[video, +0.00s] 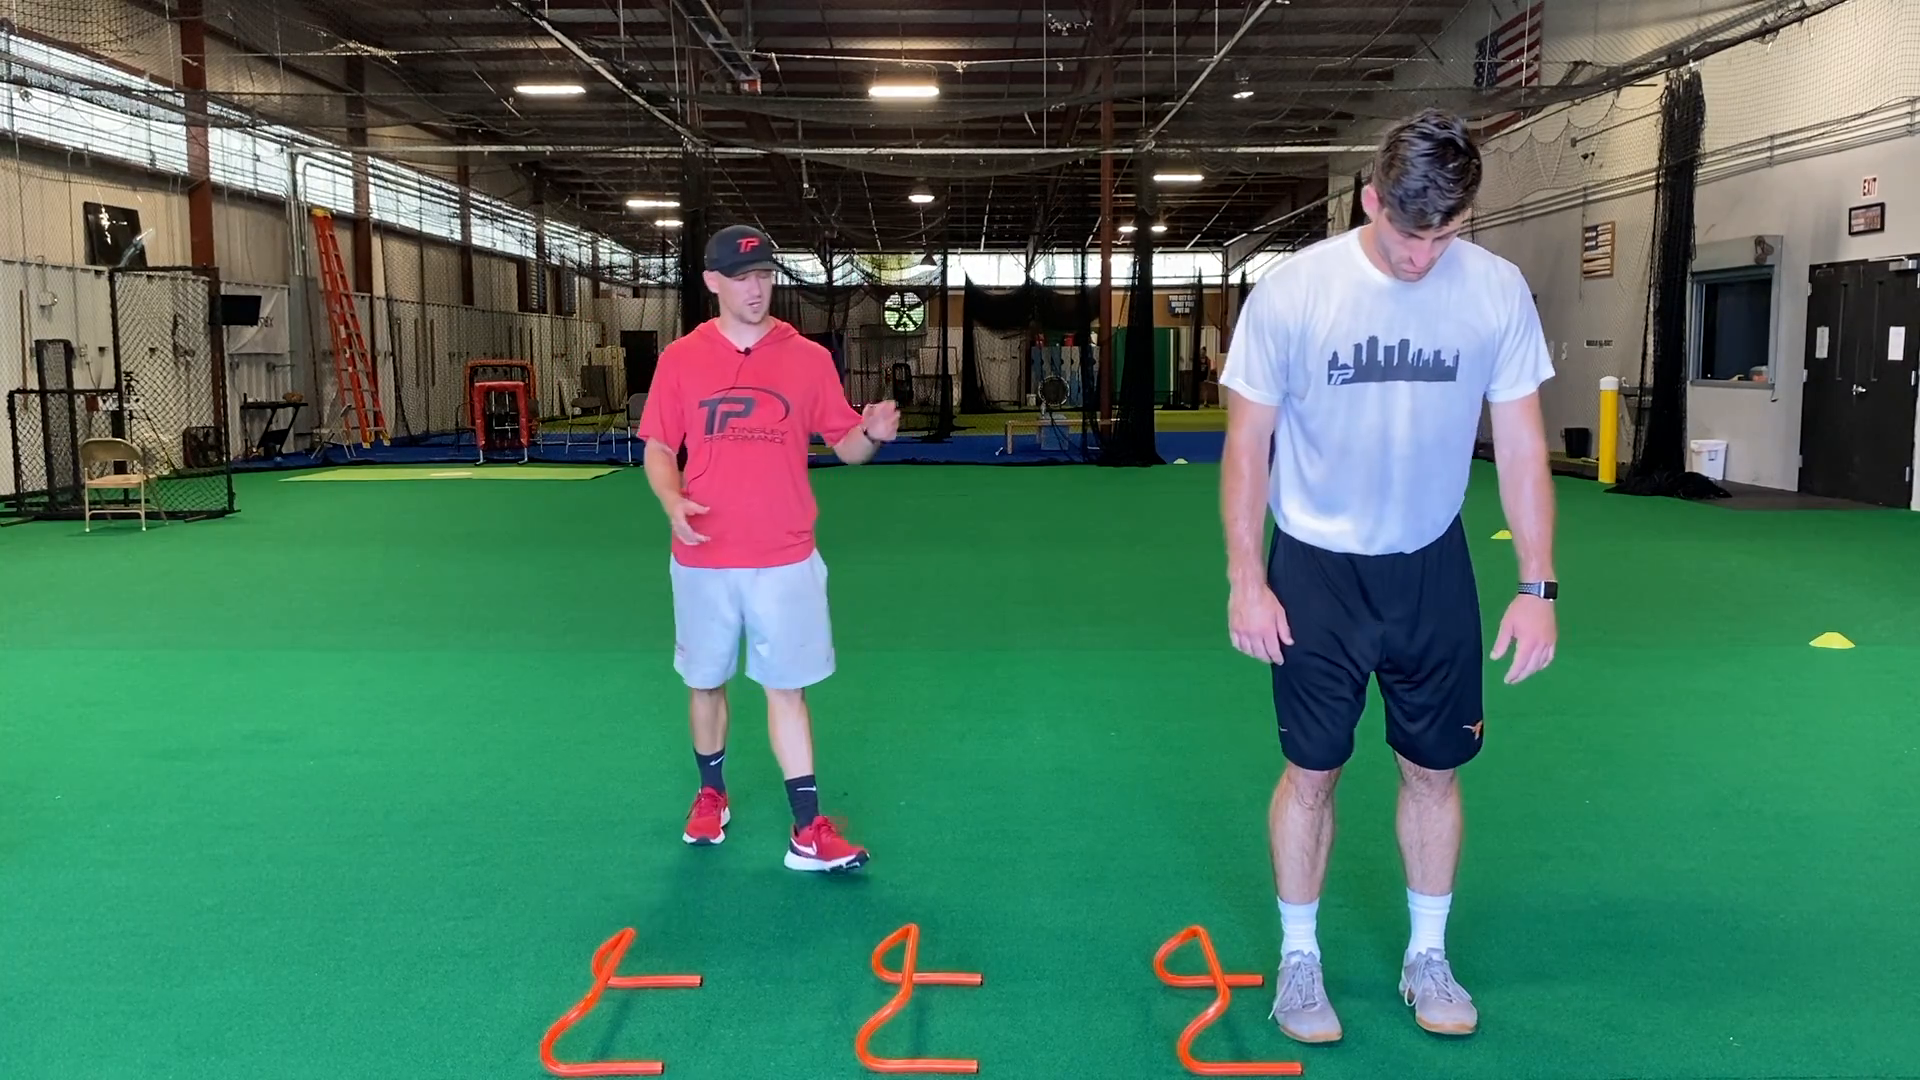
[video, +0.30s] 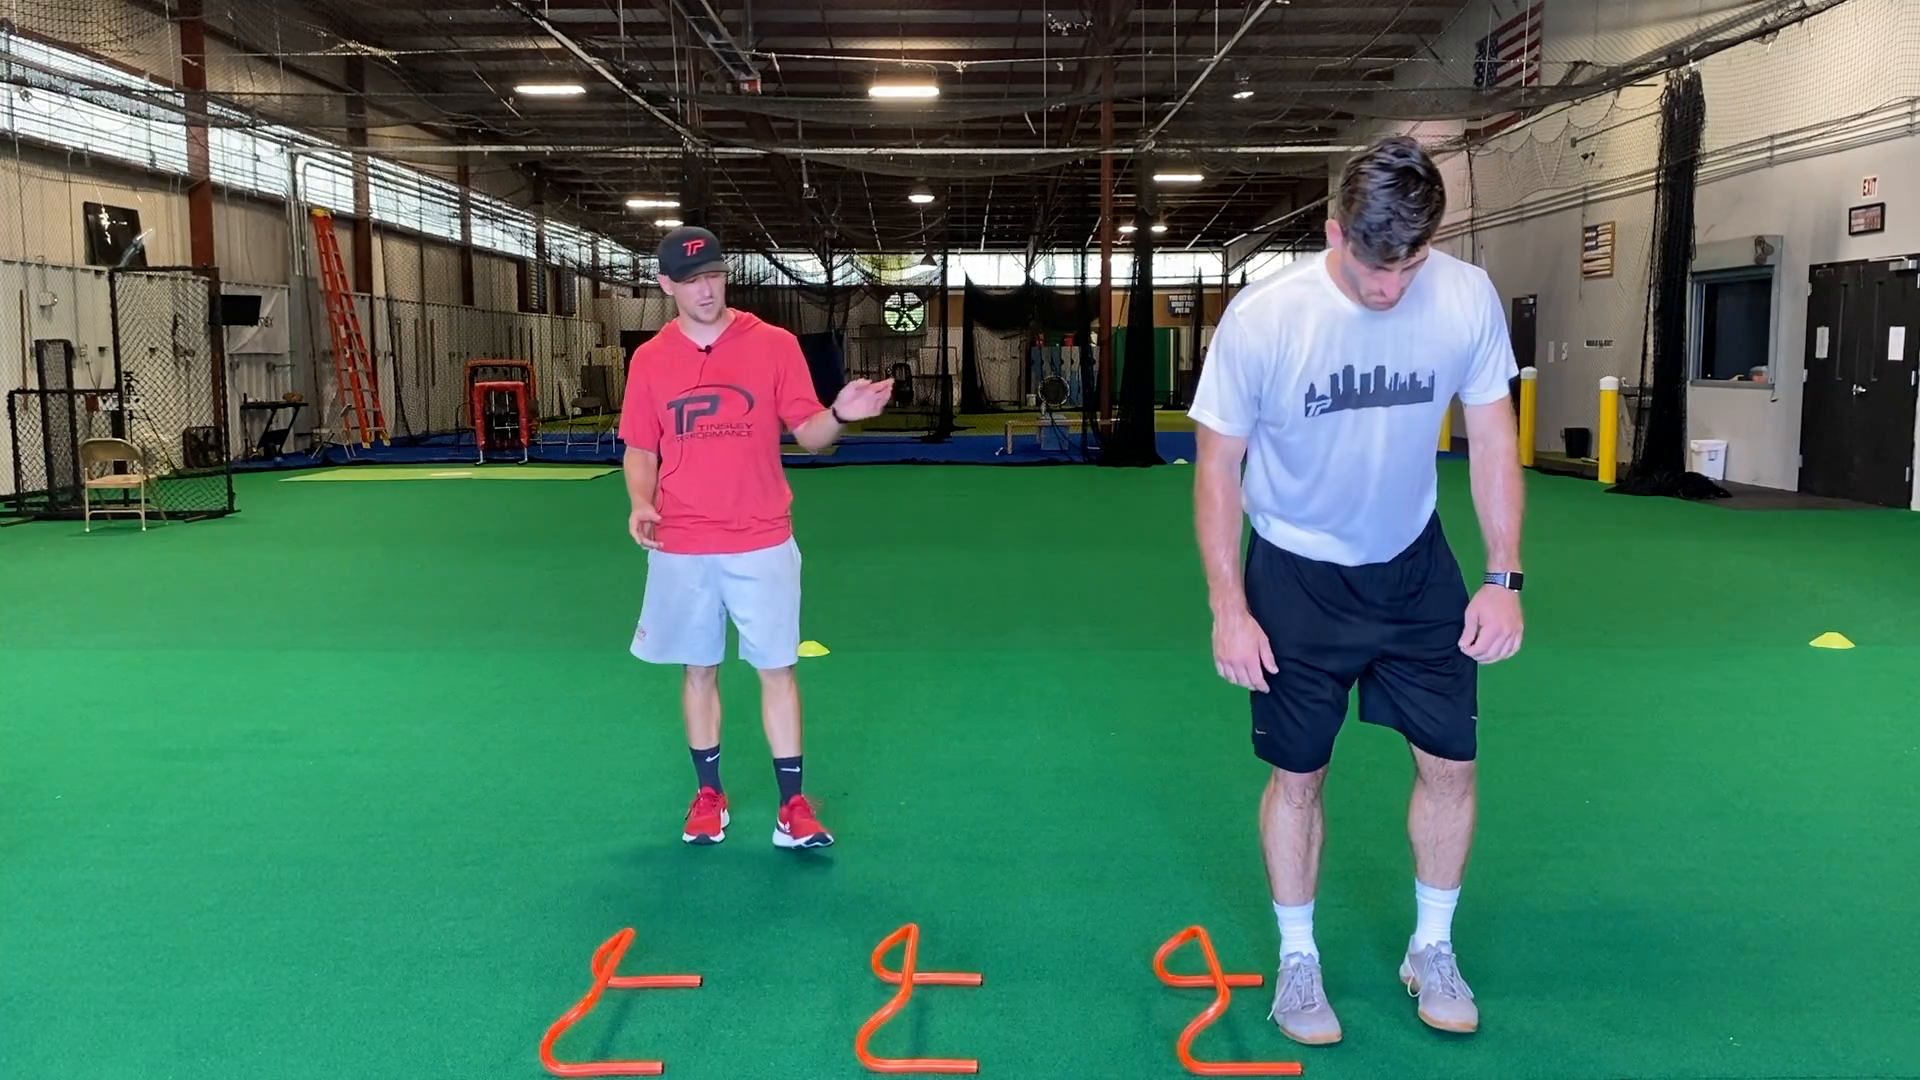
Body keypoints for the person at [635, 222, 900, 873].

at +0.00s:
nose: (756, 286)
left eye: (764, 274)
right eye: (742, 275)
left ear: (775, 278)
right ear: (713, 282)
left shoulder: (807, 359)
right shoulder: (681, 360)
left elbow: (848, 449)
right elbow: (658, 447)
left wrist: (872, 433)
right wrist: (672, 500)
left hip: (785, 556)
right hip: (703, 557)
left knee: (787, 685)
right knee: (704, 680)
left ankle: (808, 827)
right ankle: (710, 796)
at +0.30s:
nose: (707, 288)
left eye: (715, 274)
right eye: (692, 278)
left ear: (726, 276)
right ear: (668, 286)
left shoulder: (775, 345)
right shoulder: (650, 359)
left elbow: (809, 435)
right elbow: (640, 448)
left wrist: (841, 413)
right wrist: (642, 503)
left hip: (762, 539)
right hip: (683, 544)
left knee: (778, 667)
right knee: (699, 667)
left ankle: (793, 804)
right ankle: (709, 794)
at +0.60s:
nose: (706, 286)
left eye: (714, 273)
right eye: (692, 278)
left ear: (726, 276)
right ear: (667, 285)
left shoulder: (768, 342)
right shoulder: (651, 360)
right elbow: (640, 445)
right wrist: (643, 497)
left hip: (761, 536)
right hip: (685, 541)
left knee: (778, 656)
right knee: (700, 659)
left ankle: (771, 741)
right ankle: (707, 790)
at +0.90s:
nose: (729, 290)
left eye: (736, 277)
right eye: (715, 281)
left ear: (748, 281)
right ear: (691, 289)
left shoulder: (786, 349)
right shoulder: (668, 361)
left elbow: (823, 433)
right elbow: (651, 451)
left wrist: (784, 446)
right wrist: (657, 517)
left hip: (775, 538)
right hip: (702, 538)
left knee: (769, 652)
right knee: (710, 658)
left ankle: (757, 751)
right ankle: (709, 789)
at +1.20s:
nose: (759, 299)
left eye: (767, 287)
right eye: (747, 288)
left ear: (778, 291)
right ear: (722, 291)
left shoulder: (805, 357)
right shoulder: (691, 354)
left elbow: (824, 423)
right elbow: (667, 443)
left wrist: (812, 464)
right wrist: (669, 522)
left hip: (781, 531)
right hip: (714, 528)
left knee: (762, 644)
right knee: (717, 647)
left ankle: (753, 757)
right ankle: (713, 774)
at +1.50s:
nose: (762, 297)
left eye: (772, 287)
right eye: (752, 286)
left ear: (786, 292)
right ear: (731, 288)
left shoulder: (807, 360)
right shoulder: (694, 347)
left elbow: (827, 440)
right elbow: (659, 429)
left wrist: (800, 450)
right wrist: (650, 508)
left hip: (773, 524)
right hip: (706, 519)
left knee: (756, 639)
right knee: (707, 634)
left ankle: (753, 756)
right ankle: (683, 762)